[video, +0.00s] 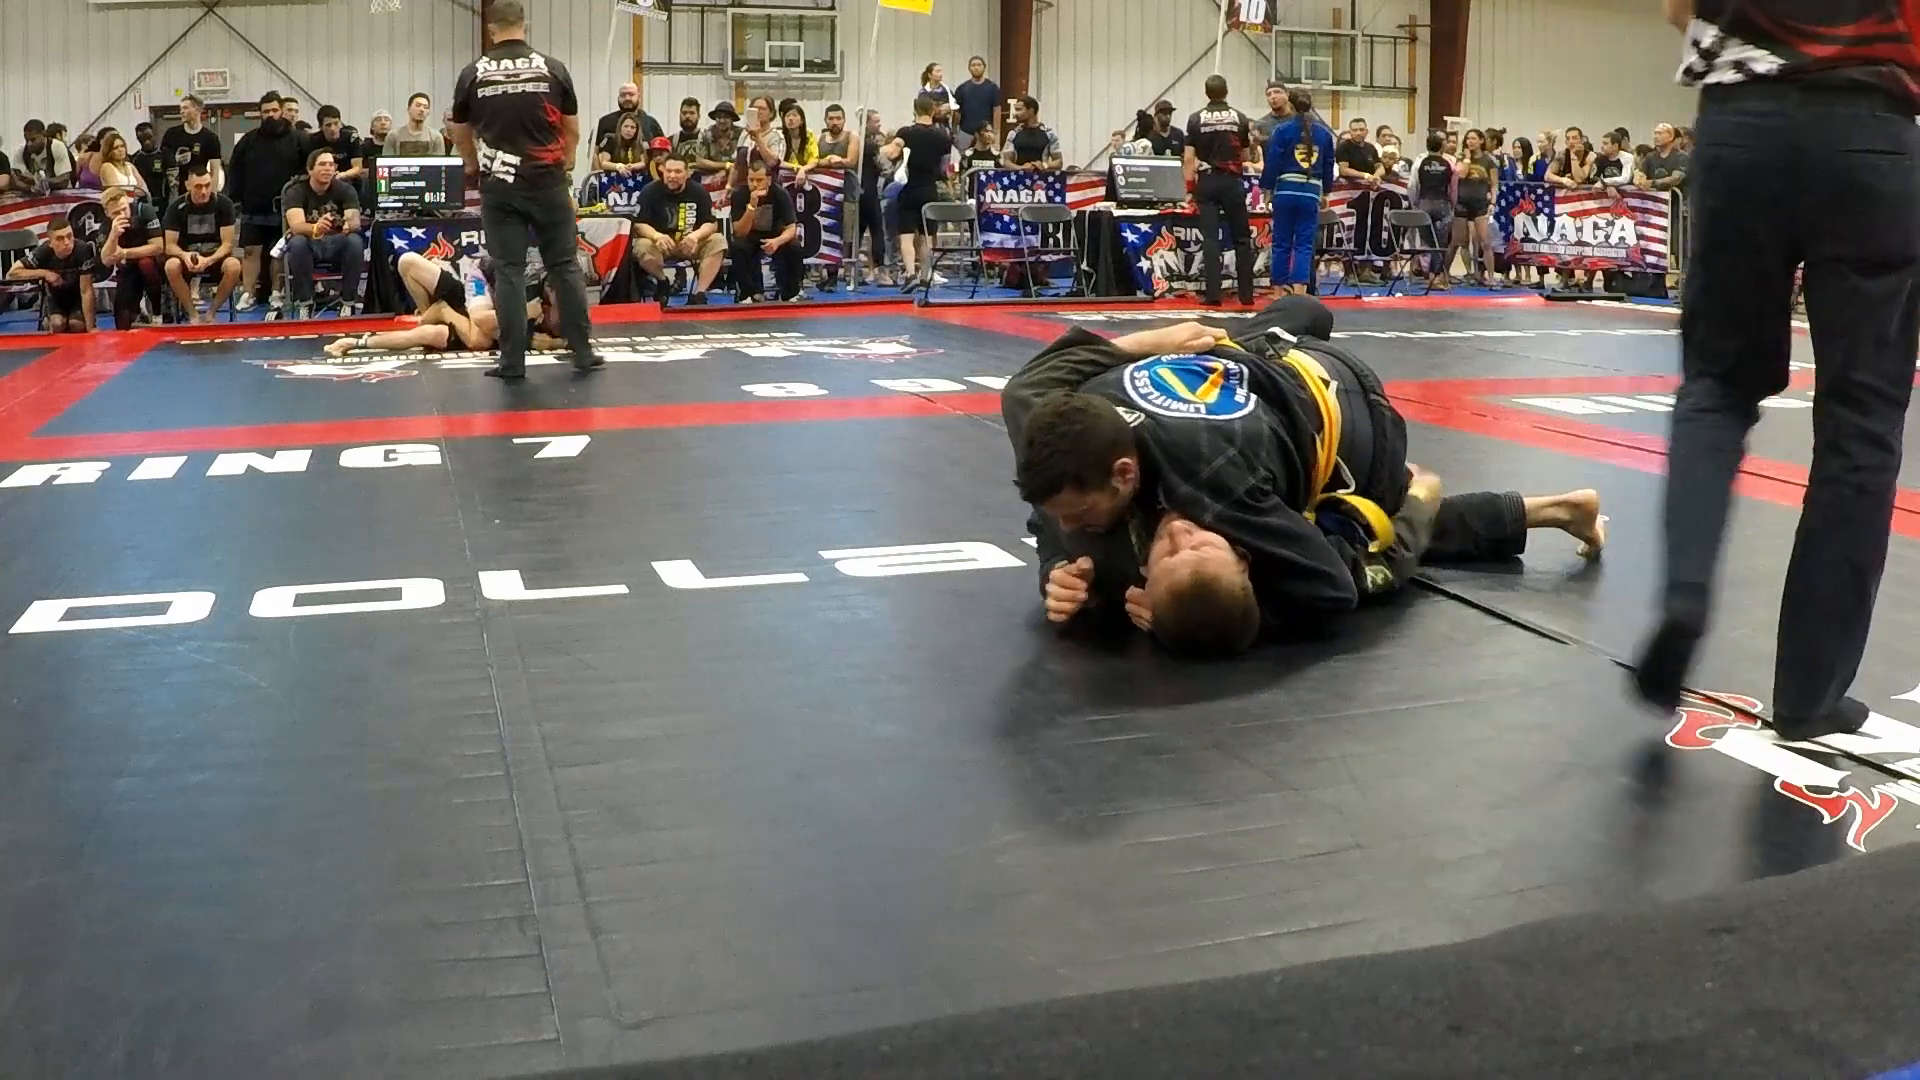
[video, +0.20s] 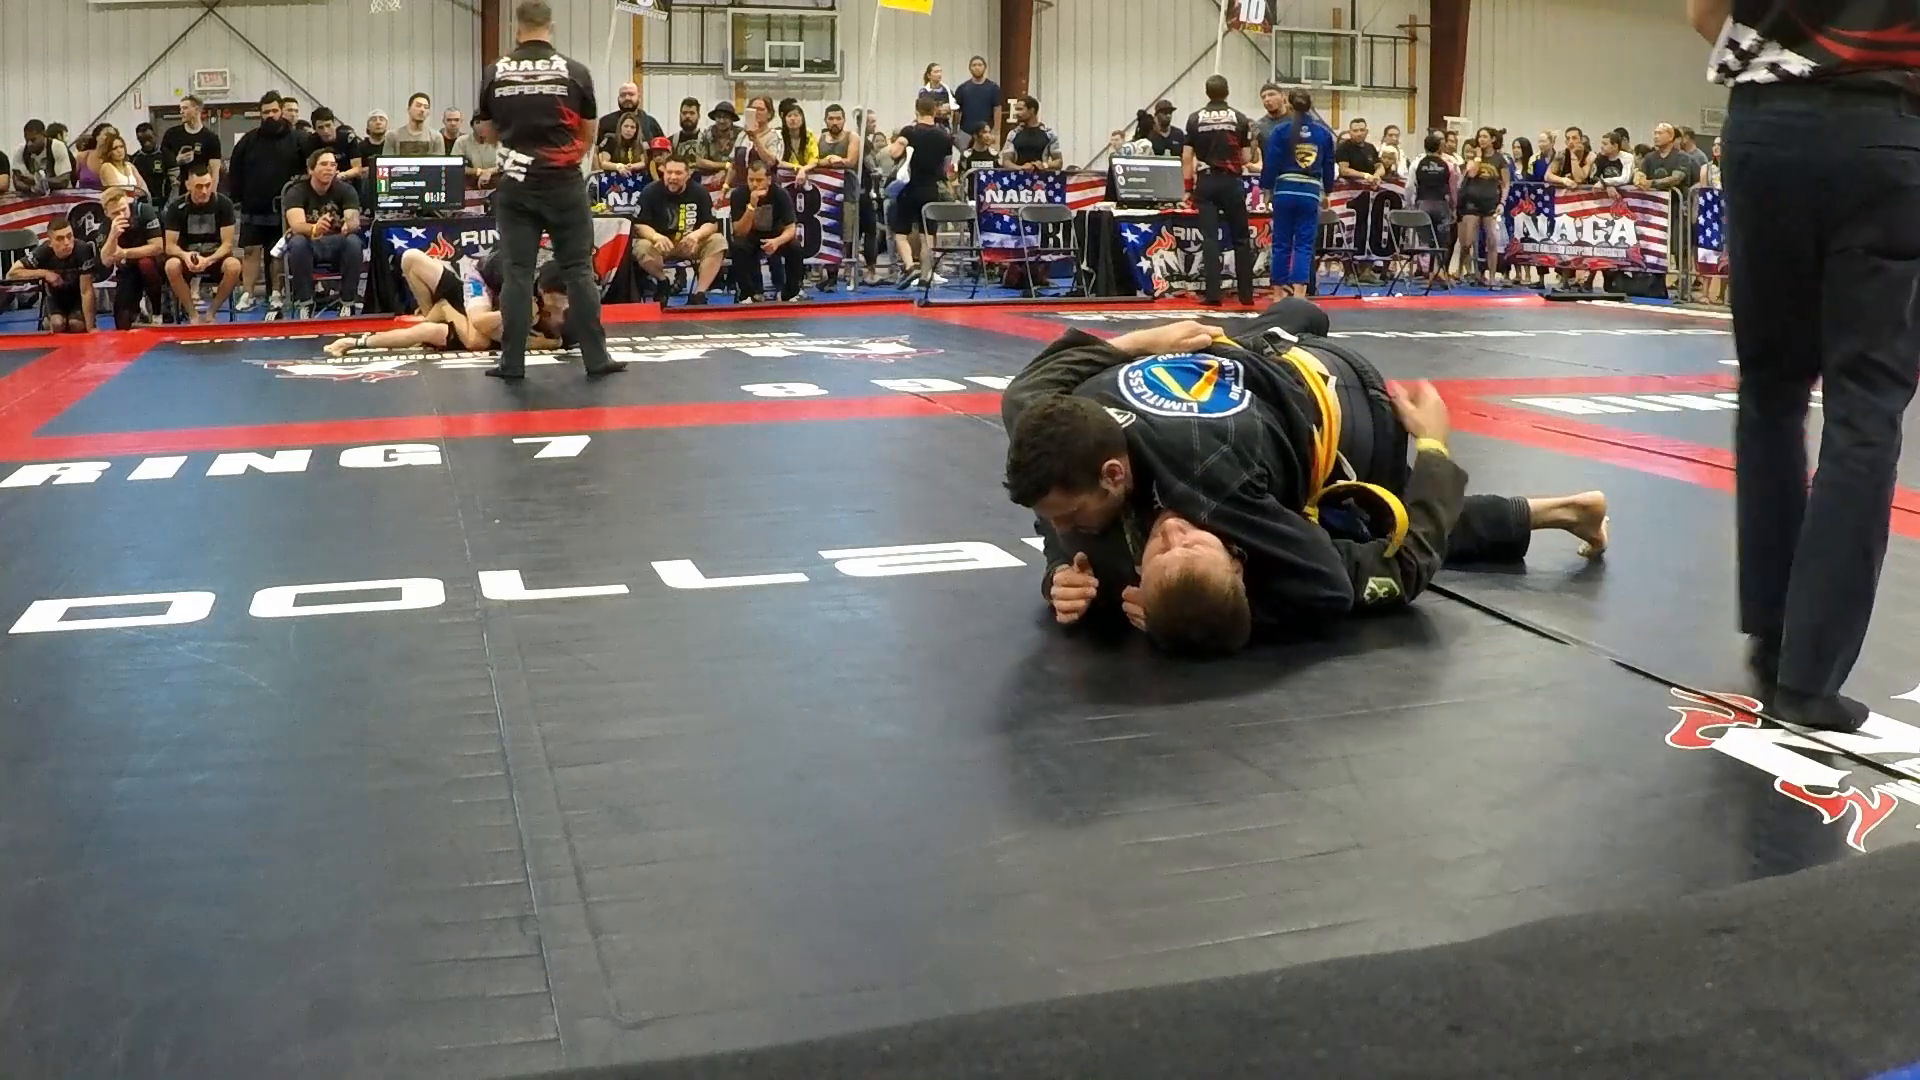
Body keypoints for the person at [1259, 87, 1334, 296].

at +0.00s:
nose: (1284, 106)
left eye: (1287, 103)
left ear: (1291, 105)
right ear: (1310, 106)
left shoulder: (1282, 129)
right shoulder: (1324, 132)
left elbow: (1272, 161)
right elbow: (1328, 166)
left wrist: (1266, 187)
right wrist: (1326, 191)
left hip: (1285, 191)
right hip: (1311, 193)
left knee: (1281, 241)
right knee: (1305, 242)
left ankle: (1279, 288)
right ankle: (1300, 288)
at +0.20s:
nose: (1284, 105)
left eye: (1286, 102)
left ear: (1289, 105)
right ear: (1309, 105)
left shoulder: (1280, 131)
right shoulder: (1323, 132)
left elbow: (1270, 163)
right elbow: (1328, 165)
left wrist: (1266, 188)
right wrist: (1327, 191)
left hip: (1284, 192)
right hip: (1311, 194)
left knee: (1281, 243)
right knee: (1305, 244)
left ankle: (1279, 294)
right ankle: (1299, 294)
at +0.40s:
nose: (1284, 106)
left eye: (1285, 103)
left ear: (1289, 106)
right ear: (1308, 106)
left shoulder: (1280, 130)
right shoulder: (1323, 132)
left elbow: (1269, 162)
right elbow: (1329, 165)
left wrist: (1266, 188)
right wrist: (1329, 192)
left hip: (1284, 192)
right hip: (1310, 194)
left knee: (1281, 243)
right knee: (1304, 244)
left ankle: (1278, 292)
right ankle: (1299, 294)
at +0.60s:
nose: (1282, 105)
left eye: (1285, 102)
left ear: (1290, 105)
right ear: (1308, 106)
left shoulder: (1281, 130)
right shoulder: (1323, 132)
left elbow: (1270, 159)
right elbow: (1329, 165)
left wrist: (1265, 186)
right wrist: (1329, 191)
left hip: (1284, 192)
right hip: (1310, 194)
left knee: (1281, 242)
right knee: (1305, 244)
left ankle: (1278, 291)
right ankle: (1300, 295)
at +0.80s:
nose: (1284, 106)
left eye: (1286, 102)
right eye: (1286, 102)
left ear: (1290, 106)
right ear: (1308, 106)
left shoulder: (1278, 130)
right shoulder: (1322, 132)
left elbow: (1269, 162)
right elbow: (1328, 165)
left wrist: (1265, 188)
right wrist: (1328, 191)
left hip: (1283, 191)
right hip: (1310, 193)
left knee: (1281, 242)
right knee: (1305, 245)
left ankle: (1278, 292)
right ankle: (1299, 296)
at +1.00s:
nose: (1284, 107)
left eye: (1286, 103)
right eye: (1285, 103)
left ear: (1295, 106)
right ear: (1309, 107)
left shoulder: (1282, 130)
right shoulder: (1324, 134)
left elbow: (1270, 161)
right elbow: (1329, 167)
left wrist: (1265, 186)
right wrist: (1326, 191)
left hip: (1284, 191)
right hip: (1310, 194)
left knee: (1280, 242)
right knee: (1305, 244)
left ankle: (1278, 292)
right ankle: (1299, 296)